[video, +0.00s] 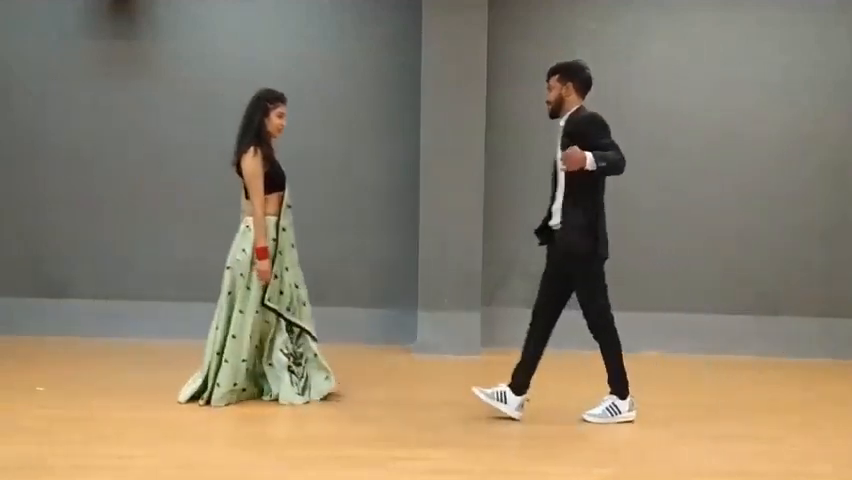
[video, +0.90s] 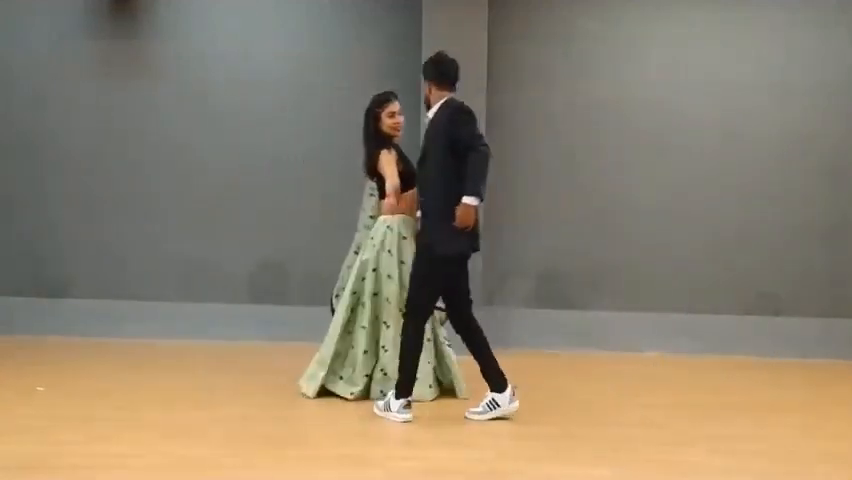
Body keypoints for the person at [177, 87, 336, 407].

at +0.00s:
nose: (283, 122)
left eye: (284, 116)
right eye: (279, 116)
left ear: (272, 118)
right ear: (262, 116)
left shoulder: (264, 153)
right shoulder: (253, 155)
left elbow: (262, 207)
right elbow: (256, 207)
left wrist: (269, 250)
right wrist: (262, 253)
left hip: (273, 238)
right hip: (261, 239)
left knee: (275, 310)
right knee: (261, 311)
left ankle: (274, 377)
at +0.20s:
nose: (313, 120)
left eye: (314, 114)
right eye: (309, 114)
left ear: (302, 117)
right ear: (293, 114)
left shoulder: (298, 152)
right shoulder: (289, 154)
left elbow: (296, 206)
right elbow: (292, 207)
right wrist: (296, 254)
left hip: (312, 240)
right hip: (301, 241)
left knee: (309, 311)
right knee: (297, 313)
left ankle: (305, 380)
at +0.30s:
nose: (326, 119)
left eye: (327, 113)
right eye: (321, 113)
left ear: (315, 118)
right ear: (305, 116)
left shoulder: (310, 153)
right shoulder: (303, 156)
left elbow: (312, 207)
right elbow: (307, 208)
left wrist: (319, 250)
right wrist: (313, 253)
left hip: (322, 241)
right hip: (311, 243)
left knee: (322, 312)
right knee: (313, 314)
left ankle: (311, 380)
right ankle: (268, 376)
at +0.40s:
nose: (338, 119)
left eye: (339, 113)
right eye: (333, 112)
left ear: (329, 115)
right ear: (318, 114)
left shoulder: (322, 151)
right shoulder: (314, 153)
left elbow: (323, 203)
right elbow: (322, 204)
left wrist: (334, 246)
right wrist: (329, 249)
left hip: (329, 236)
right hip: (323, 239)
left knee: (332, 311)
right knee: (329, 312)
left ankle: (317, 379)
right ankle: (306, 377)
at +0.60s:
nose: (361, 120)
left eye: (362, 114)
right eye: (356, 114)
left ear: (351, 118)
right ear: (340, 117)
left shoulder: (345, 152)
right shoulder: (343, 153)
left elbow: (353, 195)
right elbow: (353, 195)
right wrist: (359, 239)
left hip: (346, 231)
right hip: (345, 233)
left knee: (349, 305)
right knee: (349, 306)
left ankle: (351, 374)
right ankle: (353, 376)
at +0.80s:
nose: (386, 123)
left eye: (388, 117)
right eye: (380, 118)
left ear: (387, 120)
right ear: (364, 123)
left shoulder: (376, 154)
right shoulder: (371, 156)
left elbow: (386, 191)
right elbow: (380, 190)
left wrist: (398, 213)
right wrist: (385, 217)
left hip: (379, 231)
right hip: (376, 234)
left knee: (380, 305)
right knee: (378, 305)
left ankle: (379, 374)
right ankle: (380, 375)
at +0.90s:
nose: (399, 120)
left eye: (399, 114)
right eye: (392, 115)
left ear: (399, 118)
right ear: (377, 120)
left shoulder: (394, 152)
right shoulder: (386, 153)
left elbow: (403, 193)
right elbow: (391, 183)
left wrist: (415, 204)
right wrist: (390, 201)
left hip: (401, 232)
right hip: (392, 233)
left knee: (399, 305)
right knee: (392, 304)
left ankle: (397, 373)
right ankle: (391, 375)